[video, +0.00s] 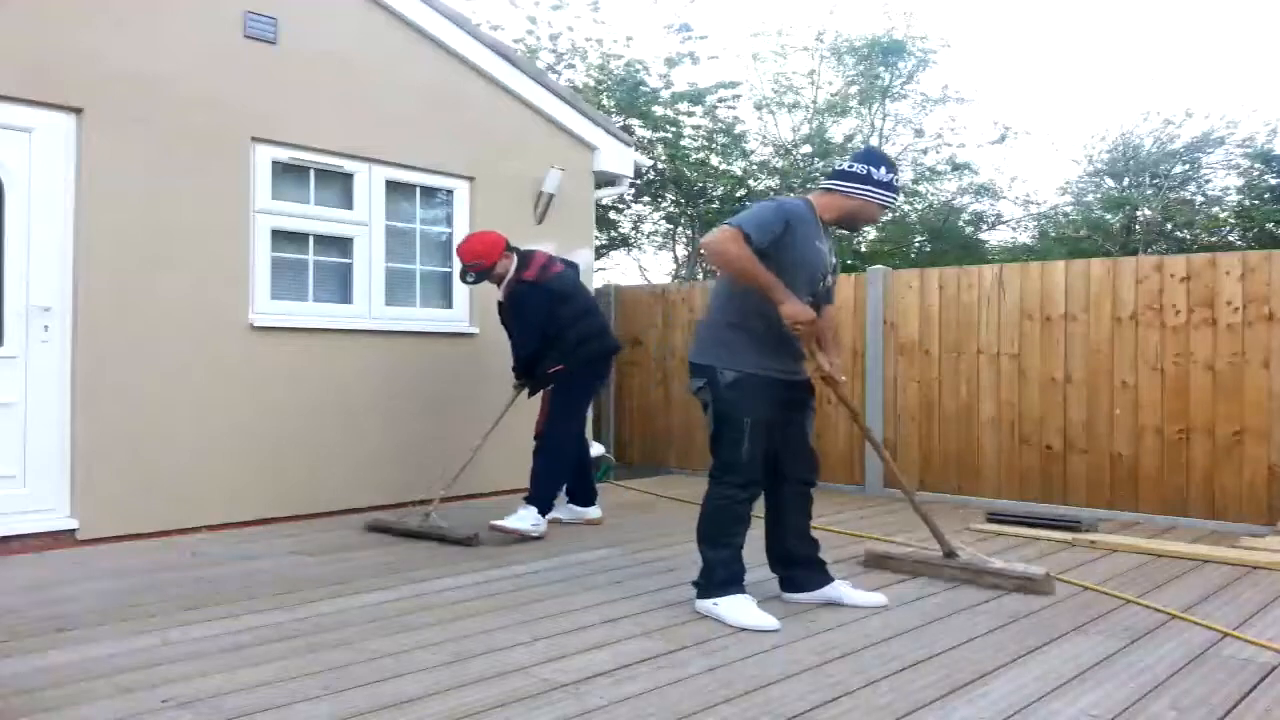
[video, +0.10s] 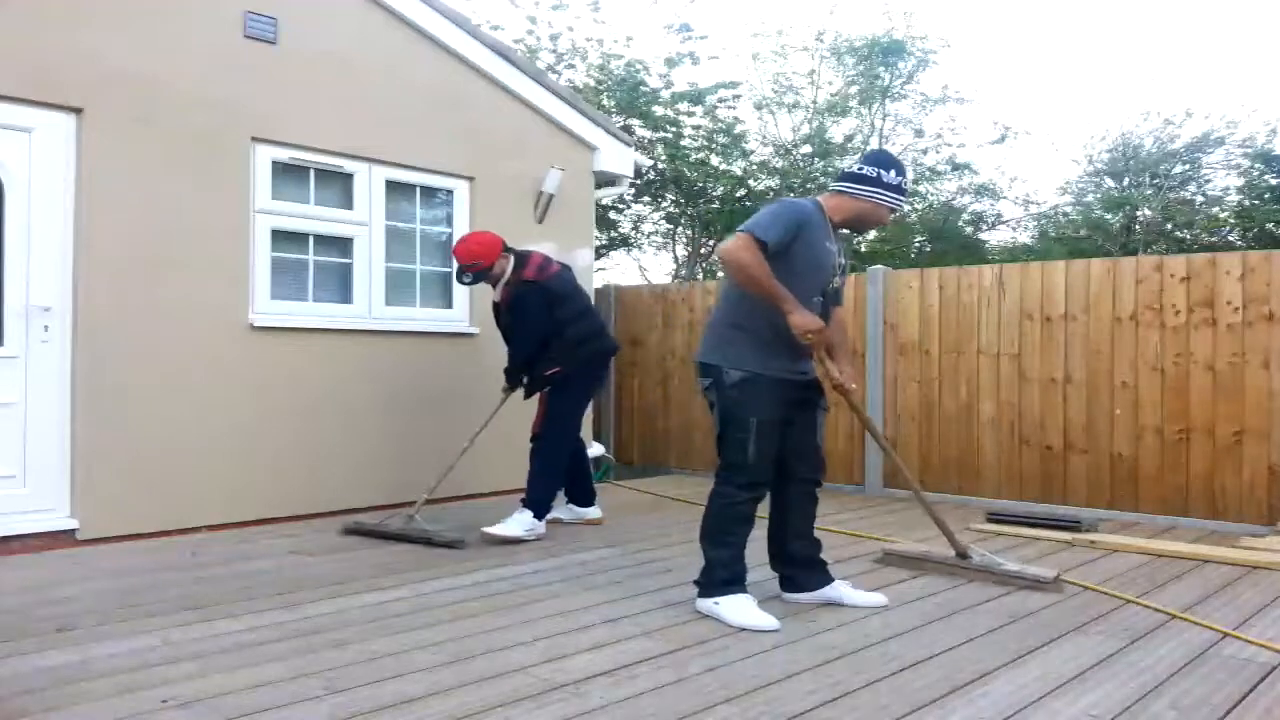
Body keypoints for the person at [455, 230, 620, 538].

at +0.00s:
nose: (486, 280)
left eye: (486, 273)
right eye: (482, 275)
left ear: (501, 259)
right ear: (506, 254)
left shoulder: (520, 292)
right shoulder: (539, 264)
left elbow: (526, 343)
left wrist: (525, 372)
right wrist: (535, 364)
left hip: (576, 358)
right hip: (593, 350)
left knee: (553, 430)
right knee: (568, 428)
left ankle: (535, 511)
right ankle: (583, 503)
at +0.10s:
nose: (483, 282)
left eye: (483, 275)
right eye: (478, 277)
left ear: (498, 261)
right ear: (500, 257)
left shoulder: (526, 288)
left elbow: (528, 339)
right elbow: (521, 332)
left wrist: (516, 371)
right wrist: (518, 366)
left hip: (577, 358)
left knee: (549, 434)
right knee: (564, 430)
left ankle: (533, 515)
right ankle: (582, 503)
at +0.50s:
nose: (463, 277)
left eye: (464, 270)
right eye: (458, 271)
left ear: (481, 255)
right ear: (485, 250)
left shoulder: (509, 286)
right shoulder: (510, 260)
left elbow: (497, 340)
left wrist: (462, 376)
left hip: (558, 359)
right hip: (570, 351)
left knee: (534, 437)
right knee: (561, 430)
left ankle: (528, 517)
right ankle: (580, 503)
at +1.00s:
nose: (446, 264)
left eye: (447, 257)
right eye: (442, 259)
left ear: (464, 241)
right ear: (466, 239)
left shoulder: (490, 272)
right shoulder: (489, 257)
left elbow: (470, 330)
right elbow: (474, 323)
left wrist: (440, 373)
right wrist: (451, 365)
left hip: (544, 358)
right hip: (530, 358)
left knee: (523, 435)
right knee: (514, 434)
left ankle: (529, 517)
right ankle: (522, 509)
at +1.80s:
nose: (415, 273)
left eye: (419, 266)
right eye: (412, 268)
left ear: (438, 250)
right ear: (435, 251)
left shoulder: (472, 274)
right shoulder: (436, 280)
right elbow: (447, 331)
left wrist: (446, 372)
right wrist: (447, 364)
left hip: (523, 355)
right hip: (496, 359)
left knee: (493, 440)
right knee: (504, 434)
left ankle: (477, 527)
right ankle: (523, 510)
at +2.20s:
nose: (391, 267)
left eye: (393, 259)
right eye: (387, 261)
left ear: (413, 243)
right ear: (416, 240)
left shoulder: (443, 275)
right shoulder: (442, 255)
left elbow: (427, 338)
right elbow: (431, 331)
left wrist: (387, 382)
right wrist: (394, 378)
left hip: (502, 357)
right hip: (511, 349)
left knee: (478, 442)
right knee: (498, 432)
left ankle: (473, 530)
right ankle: (516, 508)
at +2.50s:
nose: (382, 254)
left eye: (383, 246)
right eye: (377, 248)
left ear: (404, 230)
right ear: (405, 229)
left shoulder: (435, 263)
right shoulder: (429, 250)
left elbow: (409, 324)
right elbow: (414, 319)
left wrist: (366, 366)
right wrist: (375, 362)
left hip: (494, 358)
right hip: (466, 360)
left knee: (474, 440)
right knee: (453, 439)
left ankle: (474, 528)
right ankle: (480, 511)